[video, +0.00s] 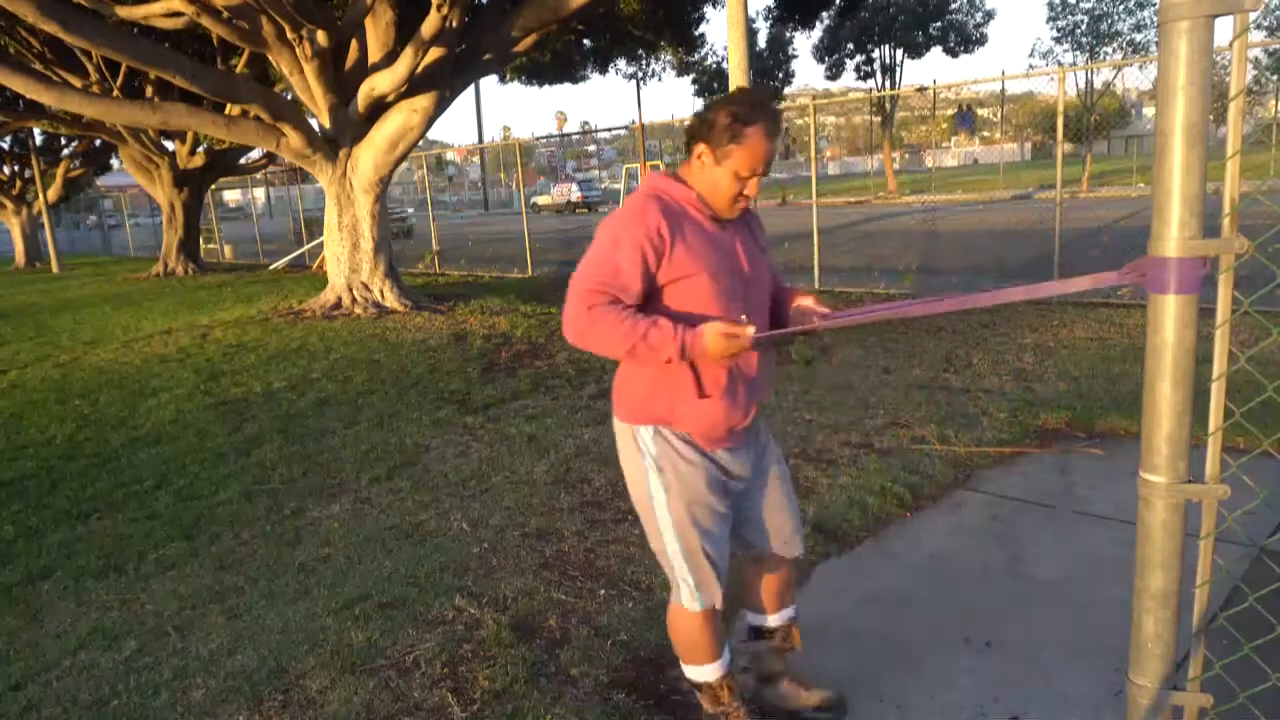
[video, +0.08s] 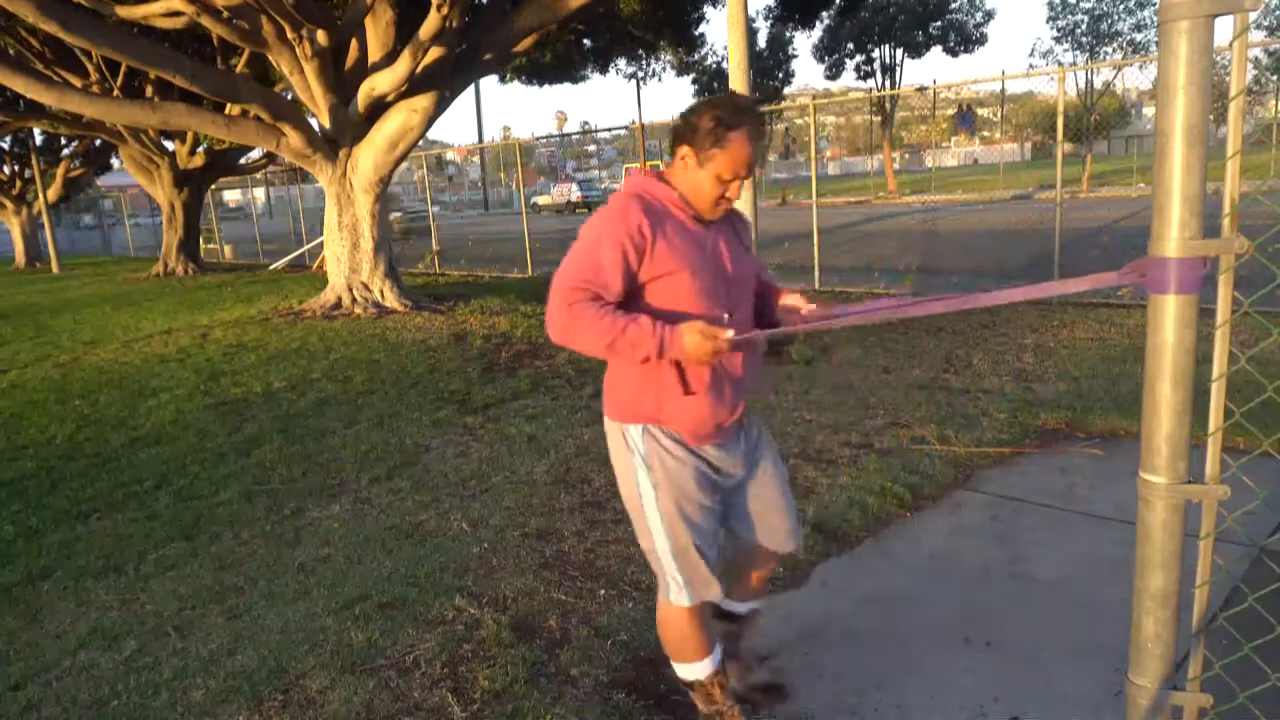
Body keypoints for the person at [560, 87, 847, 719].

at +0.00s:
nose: (752, 192)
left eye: (760, 178)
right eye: (743, 177)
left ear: (761, 166)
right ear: (700, 155)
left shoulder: (741, 220)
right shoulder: (644, 218)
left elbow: (756, 296)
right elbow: (583, 315)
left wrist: (789, 307)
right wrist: (689, 341)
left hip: (741, 424)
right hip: (667, 435)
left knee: (778, 549)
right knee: (696, 580)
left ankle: (767, 673)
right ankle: (717, 701)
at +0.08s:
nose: (735, 193)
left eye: (743, 180)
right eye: (726, 179)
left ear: (746, 166)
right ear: (683, 157)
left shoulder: (729, 224)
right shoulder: (628, 217)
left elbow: (747, 290)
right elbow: (566, 315)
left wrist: (776, 302)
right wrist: (670, 339)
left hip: (731, 421)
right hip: (655, 431)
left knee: (766, 541)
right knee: (686, 579)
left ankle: (723, 655)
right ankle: (711, 700)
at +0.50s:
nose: (697, 181)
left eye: (703, 166)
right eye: (684, 167)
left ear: (708, 162)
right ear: (639, 159)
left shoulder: (712, 216)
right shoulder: (603, 228)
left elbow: (760, 262)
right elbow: (626, 314)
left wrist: (810, 275)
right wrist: (740, 310)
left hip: (703, 420)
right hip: (637, 424)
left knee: (696, 543)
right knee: (689, 568)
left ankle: (638, 647)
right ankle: (717, 699)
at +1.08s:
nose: (718, 184)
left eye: (724, 170)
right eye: (706, 170)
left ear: (725, 162)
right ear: (661, 159)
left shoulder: (716, 219)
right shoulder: (630, 220)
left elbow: (773, 270)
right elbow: (674, 301)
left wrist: (833, 292)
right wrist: (783, 316)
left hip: (715, 414)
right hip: (651, 419)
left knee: (735, 553)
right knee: (715, 567)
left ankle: (732, 660)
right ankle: (722, 695)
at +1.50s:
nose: (705, 195)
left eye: (711, 180)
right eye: (694, 180)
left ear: (714, 171)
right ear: (652, 164)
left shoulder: (713, 224)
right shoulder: (610, 230)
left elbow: (766, 276)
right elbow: (646, 309)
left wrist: (833, 306)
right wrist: (758, 329)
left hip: (717, 419)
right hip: (650, 428)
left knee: (740, 544)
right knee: (705, 574)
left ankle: (689, 640)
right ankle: (731, 696)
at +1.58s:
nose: (703, 202)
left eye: (710, 188)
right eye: (692, 188)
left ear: (715, 176)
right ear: (650, 171)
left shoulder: (714, 226)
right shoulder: (609, 232)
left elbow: (766, 281)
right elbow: (638, 318)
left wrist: (829, 312)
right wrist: (753, 337)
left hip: (716, 422)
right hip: (647, 432)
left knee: (741, 535)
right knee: (706, 576)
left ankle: (646, 590)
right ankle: (733, 696)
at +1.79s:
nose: (716, 260)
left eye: (722, 246)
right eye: (704, 249)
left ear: (729, 230)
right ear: (661, 228)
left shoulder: (726, 267)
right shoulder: (617, 286)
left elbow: (775, 321)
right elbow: (650, 375)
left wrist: (849, 347)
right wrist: (762, 373)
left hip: (704, 462)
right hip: (637, 467)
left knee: (696, 567)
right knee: (737, 583)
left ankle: (586, 572)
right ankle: (742, 704)